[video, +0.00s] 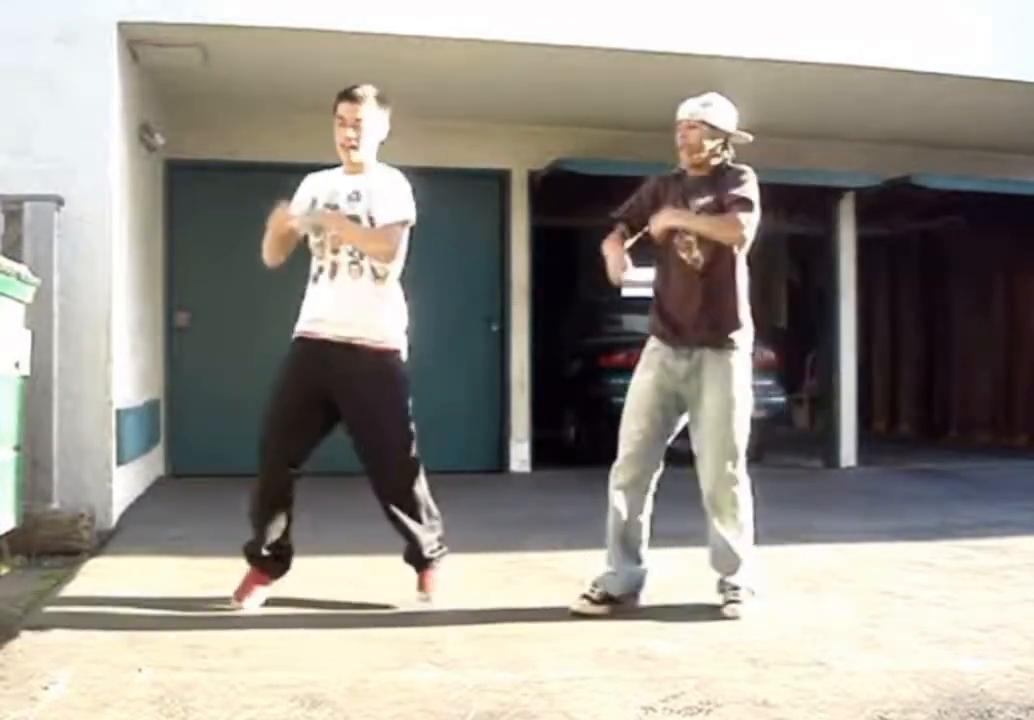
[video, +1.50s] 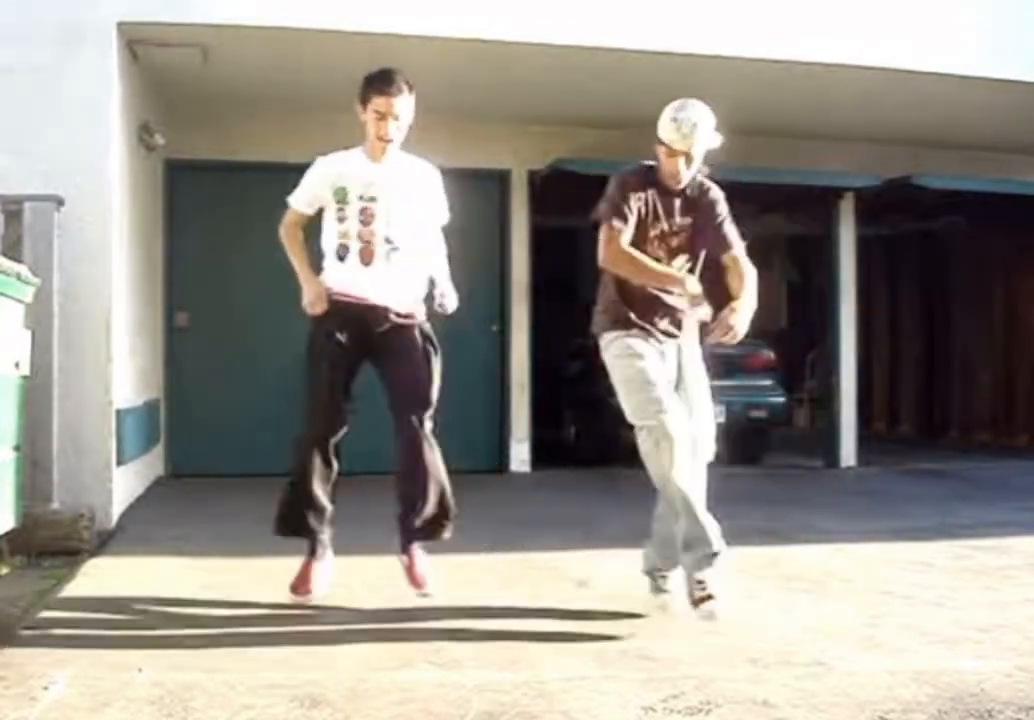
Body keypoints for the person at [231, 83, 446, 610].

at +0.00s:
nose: (349, 134)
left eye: (360, 125)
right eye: (343, 124)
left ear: (381, 130)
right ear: (334, 127)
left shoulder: (391, 186)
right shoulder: (314, 186)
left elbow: (388, 250)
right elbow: (274, 258)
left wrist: (327, 221)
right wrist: (279, 230)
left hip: (375, 351)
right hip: (314, 344)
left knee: (394, 466)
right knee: (277, 453)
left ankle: (427, 556)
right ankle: (266, 562)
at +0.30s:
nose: (341, 126)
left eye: (351, 117)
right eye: (334, 116)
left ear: (371, 123)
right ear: (323, 121)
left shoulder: (383, 181)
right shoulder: (307, 183)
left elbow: (379, 259)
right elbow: (278, 264)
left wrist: (317, 213)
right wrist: (299, 240)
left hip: (365, 350)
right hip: (308, 342)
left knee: (383, 469)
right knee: (271, 452)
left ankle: (421, 561)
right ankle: (268, 561)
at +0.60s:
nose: (385, 134)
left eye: (393, 125)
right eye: (376, 123)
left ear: (403, 128)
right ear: (356, 124)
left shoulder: (419, 177)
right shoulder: (329, 176)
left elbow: (488, 215)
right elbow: (276, 196)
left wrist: (466, 176)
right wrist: (244, 198)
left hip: (400, 337)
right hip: (341, 334)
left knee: (419, 455)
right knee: (309, 452)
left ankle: (442, 562)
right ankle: (280, 573)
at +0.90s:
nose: (445, 168)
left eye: (454, 160)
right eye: (438, 157)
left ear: (467, 163)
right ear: (422, 155)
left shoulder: (484, 222)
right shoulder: (394, 213)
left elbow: (537, 282)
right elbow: (346, 273)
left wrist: (539, 242)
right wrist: (322, 218)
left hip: (454, 373)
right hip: (393, 367)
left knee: (474, 479)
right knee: (350, 477)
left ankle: (496, 569)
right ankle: (300, 583)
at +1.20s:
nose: (420, 147)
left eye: (430, 138)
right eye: (412, 136)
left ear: (444, 139)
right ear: (397, 133)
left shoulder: (463, 198)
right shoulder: (367, 191)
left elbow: (470, 275)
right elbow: (354, 264)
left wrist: (467, 342)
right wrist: (351, 329)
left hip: (442, 348)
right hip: (380, 345)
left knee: (464, 456)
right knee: (341, 451)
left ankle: (473, 564)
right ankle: (287, 553)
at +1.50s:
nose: (387, 127)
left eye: (397, 117)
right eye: (379, 115)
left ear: (410, 120)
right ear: (361, 112)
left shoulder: (425, 178)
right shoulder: (330, 170)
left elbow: (435, 241)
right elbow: (290, 226)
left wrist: (440, 288)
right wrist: (308, 280)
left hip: (403, 317)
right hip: (339, 313)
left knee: (417, 427)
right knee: (322, 430)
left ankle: (414, 541)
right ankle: (318, 547)